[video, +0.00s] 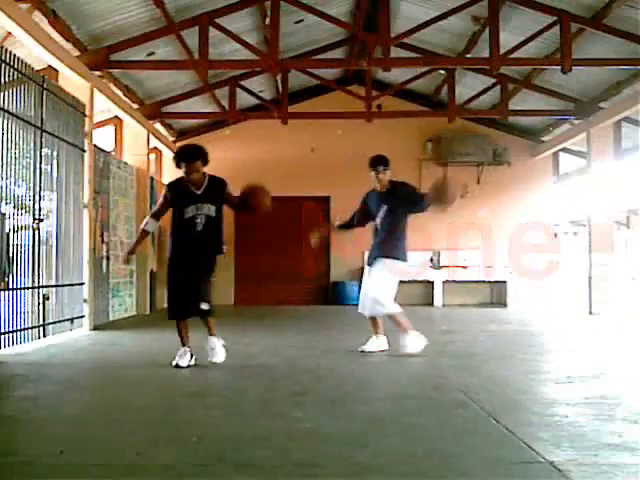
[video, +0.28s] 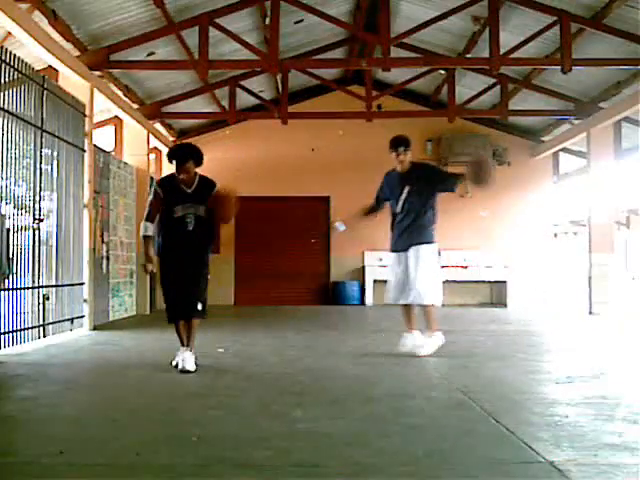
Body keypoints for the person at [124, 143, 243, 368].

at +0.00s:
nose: (191, 176)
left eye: (195, 171)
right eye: (187, 172)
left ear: (204, 168)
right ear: (182, 169)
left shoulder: (218, 186)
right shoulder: (175, 189)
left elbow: (237, 205)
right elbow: (155, 218)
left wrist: (254, 200)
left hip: (206, 252)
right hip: (180, 252)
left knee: (202, 300)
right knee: (178, 302)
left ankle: (214, 339)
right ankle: (185, 348)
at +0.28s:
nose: (182, 176)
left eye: (186, 171)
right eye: (178, 171)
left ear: (196, 167)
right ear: (174, 168)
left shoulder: (209, 188)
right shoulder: (164, 186)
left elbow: (220, 219)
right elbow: (149, 223)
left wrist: (229, 205)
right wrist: (148, 257)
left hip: (197, 254)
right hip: (170, 254)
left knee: (193, 303)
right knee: (174, 303)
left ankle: (190, 350)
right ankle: (183, 347)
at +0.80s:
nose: (160, 171)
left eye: (165, 166)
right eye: (157, 166)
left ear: (176, 164)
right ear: (152, 164)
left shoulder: (190, 187)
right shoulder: (146, 184)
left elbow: (210, 218)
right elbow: (131, 208)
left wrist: (185, 235)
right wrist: (124, 212)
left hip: (185, 254)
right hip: (156, 253)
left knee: (187, 306)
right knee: (143, 304)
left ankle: (187, 353)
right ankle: (136, 354)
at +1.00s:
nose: (142, 169)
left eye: (147, 164)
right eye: (138, 164)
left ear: (159, 161)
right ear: (134, 162)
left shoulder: (174, 184)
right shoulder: (128, 183)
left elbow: (204, 203)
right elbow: (103, 202)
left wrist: (199, 221)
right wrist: (81, 207)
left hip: (170, 258)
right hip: (139, 258)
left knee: (178, 308)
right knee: (130, 309)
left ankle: (184, 351)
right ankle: (125, 357)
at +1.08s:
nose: (136, 170)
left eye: (140, 165)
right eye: (132, 165)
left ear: (151, 160)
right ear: (126, 162)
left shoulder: (167, 183)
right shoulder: (121, 183)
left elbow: (194, 207)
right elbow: (101, 207)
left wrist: (193, 223)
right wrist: (85, 210)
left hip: (163, 257)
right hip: (133, 258)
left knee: (167, 308)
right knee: (126, 311)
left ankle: (180, 348)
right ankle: (124, 357)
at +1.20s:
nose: (130, 171)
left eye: (135, 166)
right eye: (126, 166)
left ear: (145, 160)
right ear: (120, 163)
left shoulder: (161, 181)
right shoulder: (115, 184)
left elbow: (184, 209)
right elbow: (103, 215)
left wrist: (183, 230)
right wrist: (91, 217)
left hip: (157, 254)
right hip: (128, 255)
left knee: (161, 307)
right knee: (123, 309)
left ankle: (175, 345)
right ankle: (124, 357)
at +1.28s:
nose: (127, 172)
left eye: (131, 167)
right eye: (122, 167)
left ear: (140, 161)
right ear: (116, 165)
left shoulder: (157, 180)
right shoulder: (111, 187)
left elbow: (178, 209)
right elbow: (105, 220)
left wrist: (176, 243)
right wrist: (98, 243)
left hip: (153, 252)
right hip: (125, 253)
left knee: (152, 305)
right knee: (122, 307)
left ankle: (169, 344)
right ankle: (124, 357)